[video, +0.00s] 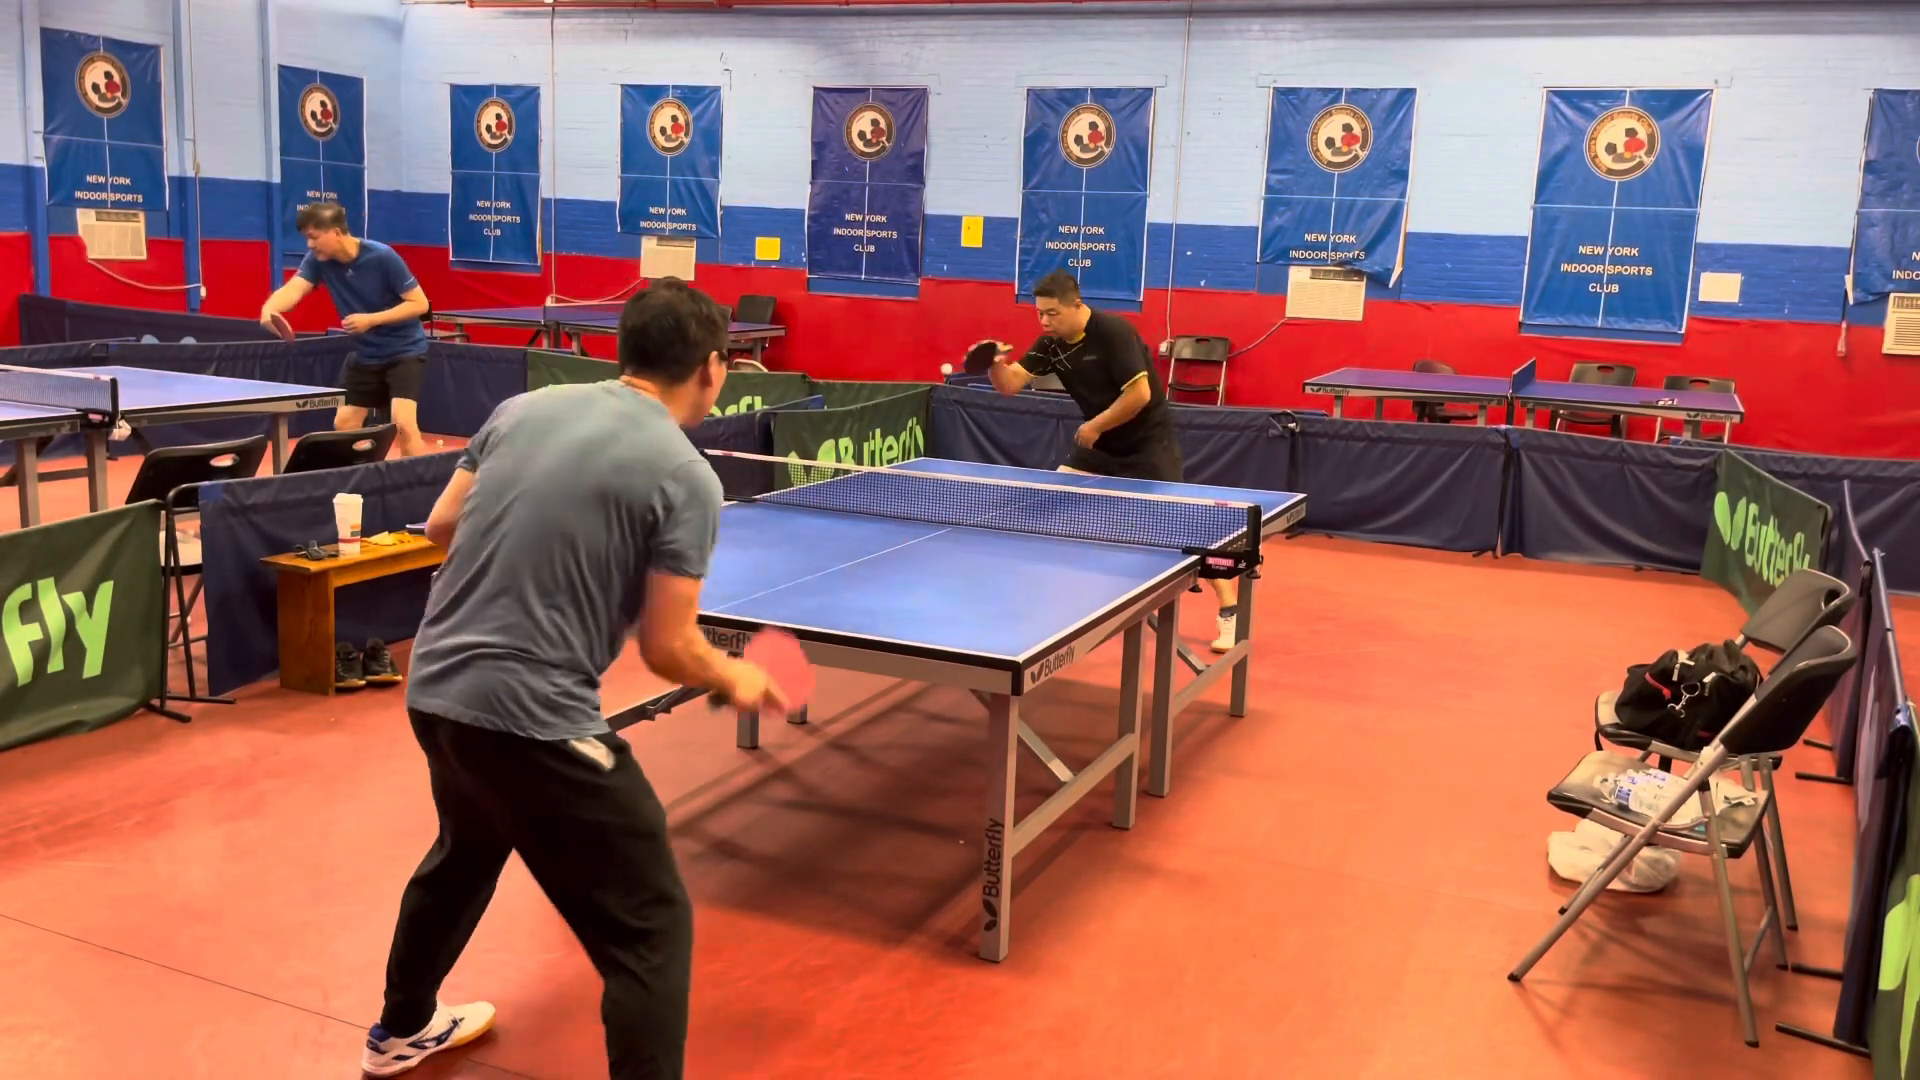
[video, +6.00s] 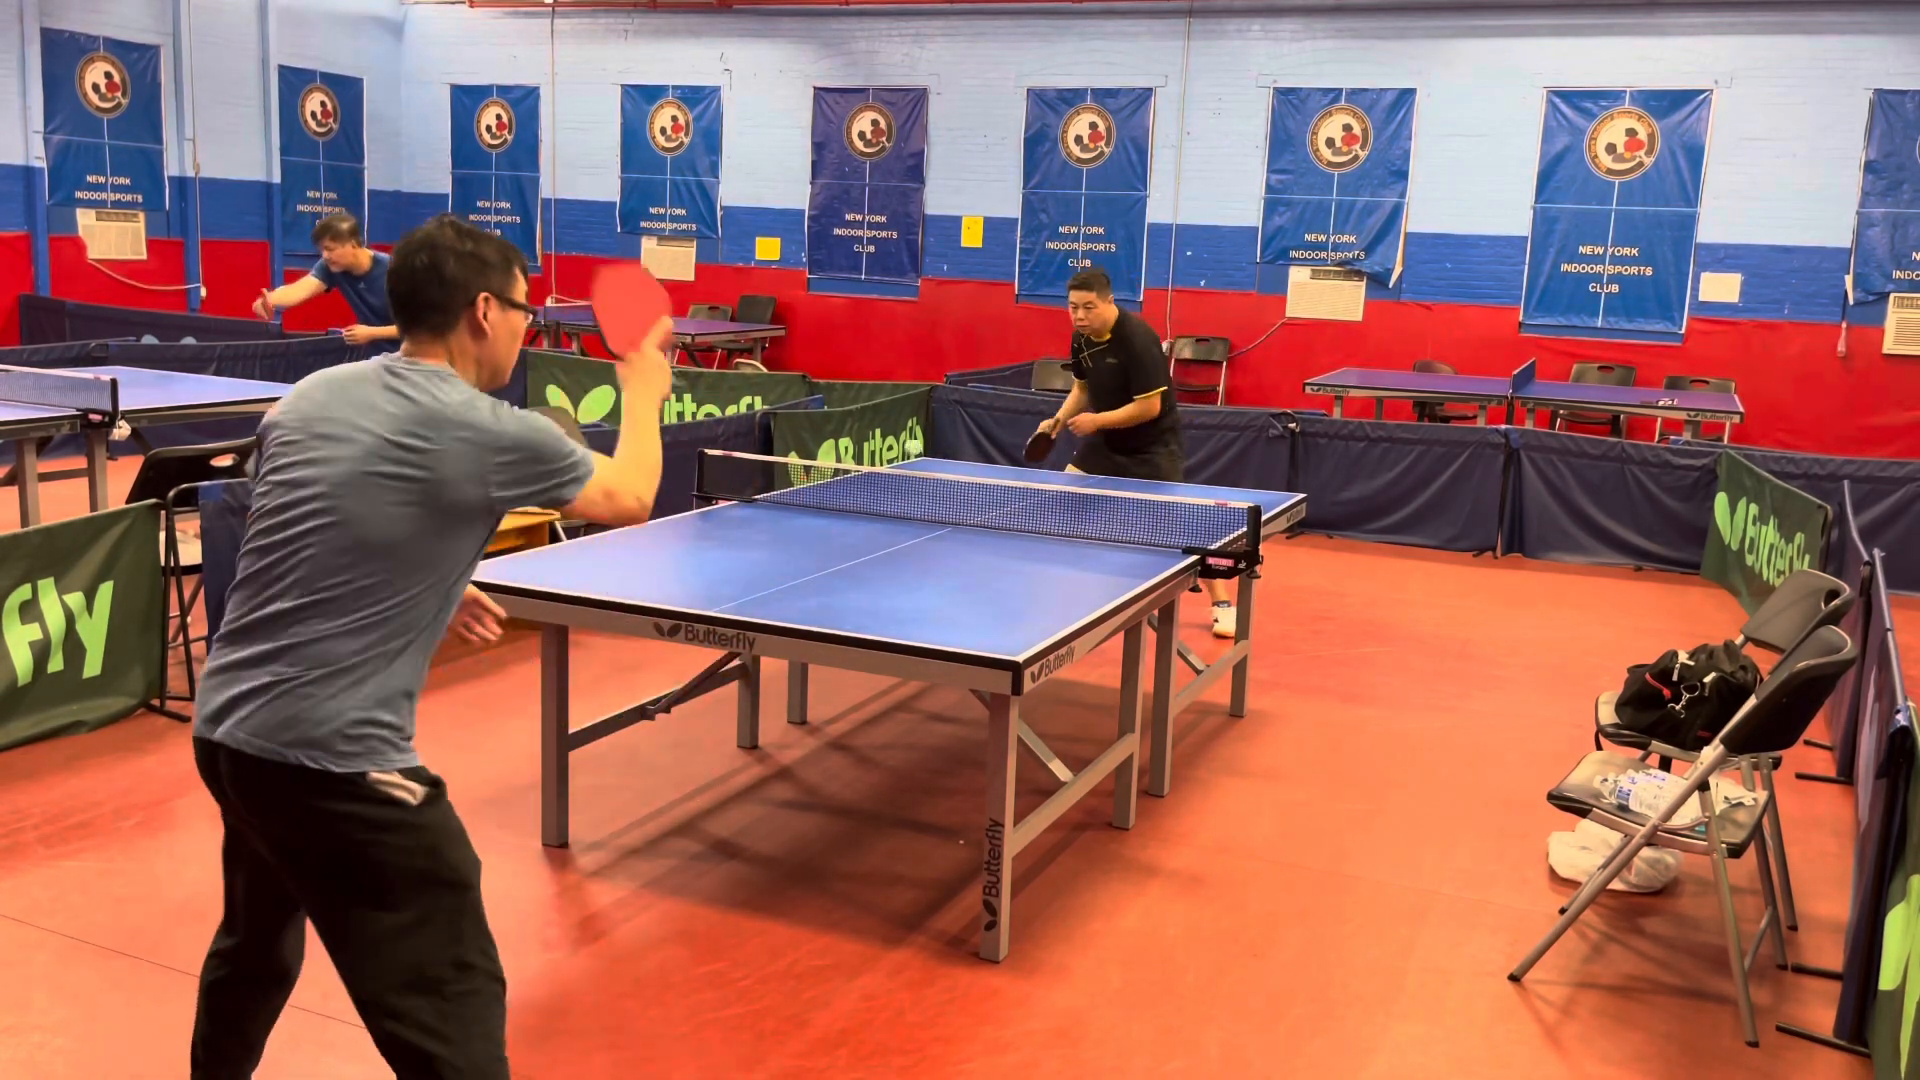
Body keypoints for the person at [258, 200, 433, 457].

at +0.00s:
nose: (310, 245)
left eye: (314, 238)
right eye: (307, 239)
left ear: (336, 233)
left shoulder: (382, 256)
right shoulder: (318, 260)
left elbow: (420, 304)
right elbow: (294, 289)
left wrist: (371, 319)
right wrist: (268, 308)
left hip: (406, 351)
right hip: (366, 353)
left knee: (403, 423)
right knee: (344, 423)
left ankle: (420, 492)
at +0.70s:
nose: (267, 227)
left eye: (272, 219)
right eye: (266, 220)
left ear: (296, 220)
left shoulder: (337, 251)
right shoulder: (284, 253)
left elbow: (371, 300)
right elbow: (287, 297)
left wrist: (319, 313)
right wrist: (257, 318)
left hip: (359, 353)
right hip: (321, 352)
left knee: (365, 425)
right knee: (304, 420)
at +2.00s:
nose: (304, 233)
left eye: (309, 226)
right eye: (303, 227)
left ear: (332, 225)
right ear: (325, 227)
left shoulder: (375, 255)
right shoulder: (324, 260)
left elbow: (408, 307)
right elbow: (330, 304)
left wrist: (352, 315)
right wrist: (303, 320)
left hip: (400, 358)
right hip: (361, 358)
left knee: (412, 430)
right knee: (337, 424)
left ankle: (434, 494)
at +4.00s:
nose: (333, 209)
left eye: (339, 203)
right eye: (332, 203)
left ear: (362, 206)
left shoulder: (396, 245)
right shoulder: (344, 242)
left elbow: (422, 298)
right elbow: (347, 293)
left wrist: (368, 301)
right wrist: (324, 307)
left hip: (394, 355)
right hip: (356, 353)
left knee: (410, 432)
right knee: (350, 427)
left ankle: (439, 496)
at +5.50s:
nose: (319, 251)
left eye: (324, 244)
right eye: (317, 245)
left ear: (347, 240)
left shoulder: (390, 269)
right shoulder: (335, 271)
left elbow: (417, 322)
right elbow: (331, 315)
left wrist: (363, 328)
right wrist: (304, 327)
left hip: (415, 360)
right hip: (377, 361)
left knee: (419, 433)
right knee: (346, 424)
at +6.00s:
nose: (325, 257)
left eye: (330, 250)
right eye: (322, 251)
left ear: (352, 245)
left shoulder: (392, 271)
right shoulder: (331, 266)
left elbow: (420, 326)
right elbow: (298, 290)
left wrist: (372, 333)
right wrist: (270, 299)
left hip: (411, 352)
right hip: (379, 353)